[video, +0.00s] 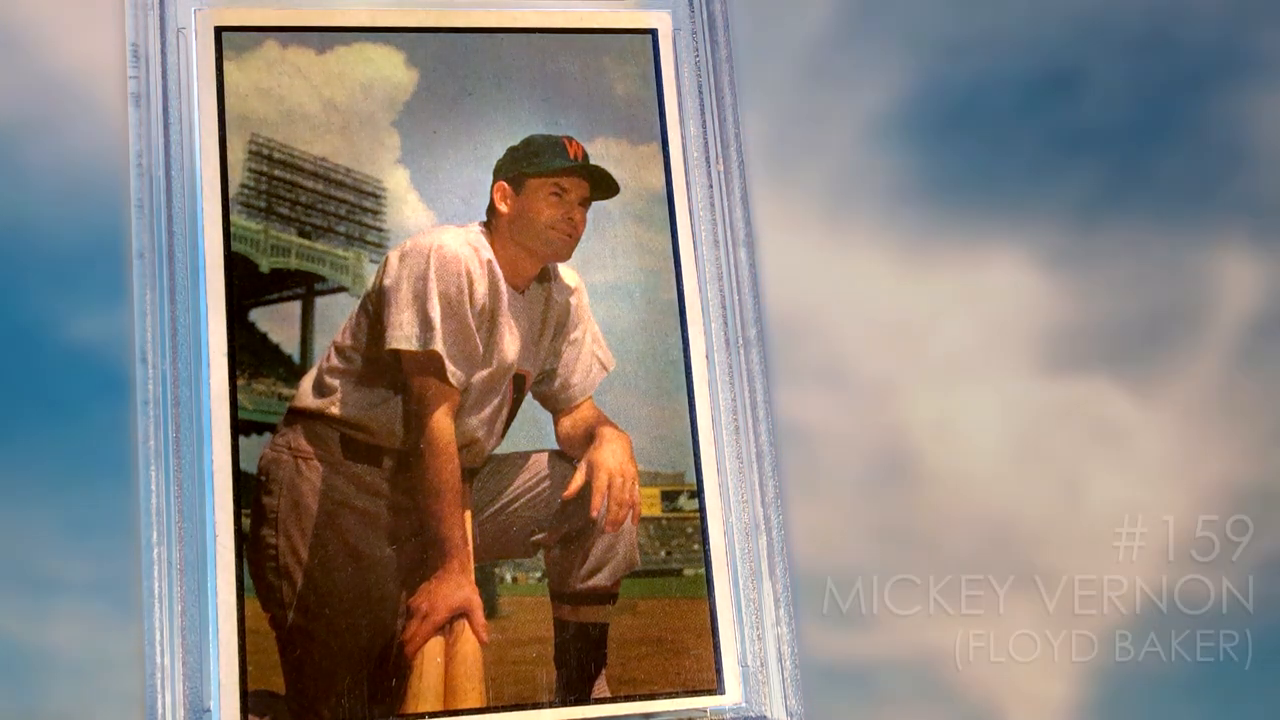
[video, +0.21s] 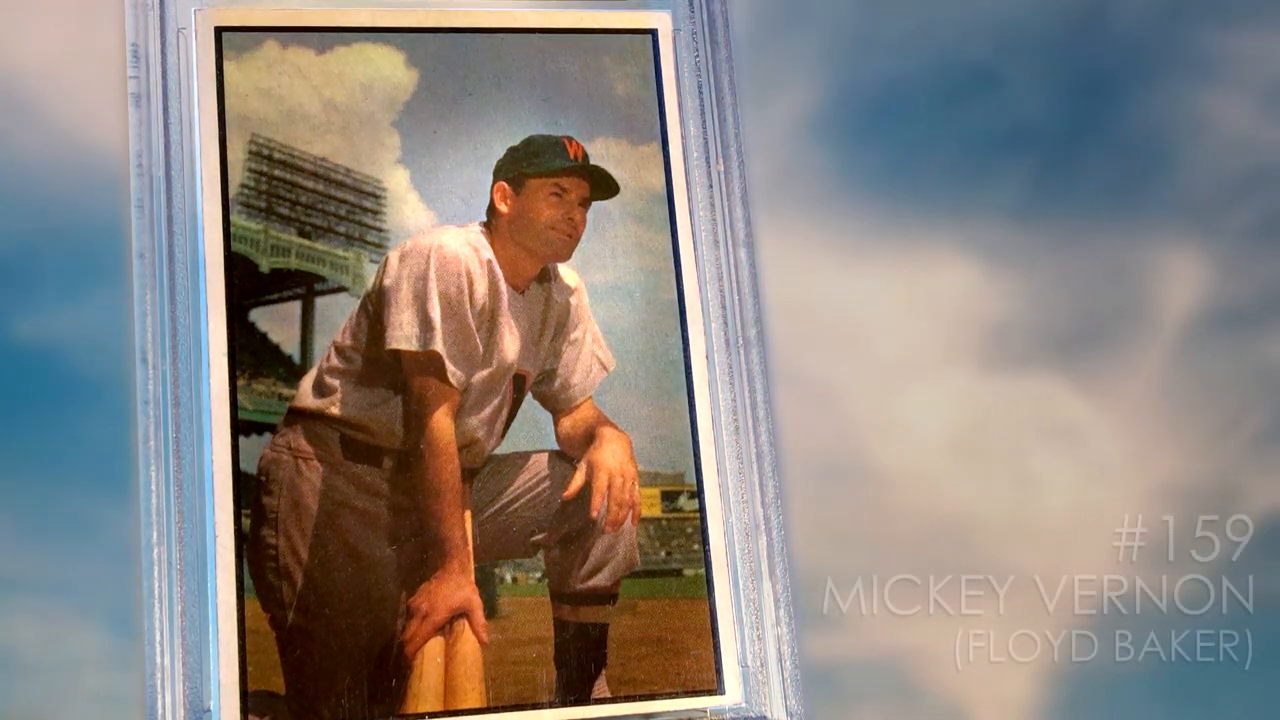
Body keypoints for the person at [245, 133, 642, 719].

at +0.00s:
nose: (576, 215)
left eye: (584, 203)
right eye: (557, 194)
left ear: (587, 217)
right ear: (504, 197)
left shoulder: (560, 295)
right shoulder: (442, 256)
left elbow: (575, 417)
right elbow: (432, 420)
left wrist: (609, 434)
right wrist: (454, 566)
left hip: (439, 485)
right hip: (334, 478)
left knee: (594, 488)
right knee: (347, 701)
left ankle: (580, 698)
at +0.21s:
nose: (575, 217)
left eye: (583, 204)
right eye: (557, 194)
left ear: (586, 218)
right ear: (504, 198)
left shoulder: (560, 295)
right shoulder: (441, 256)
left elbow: (574, 415)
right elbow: (433, 418)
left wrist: (609, 434)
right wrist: (454, 565)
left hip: (440, 486)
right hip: (335, 478)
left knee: (595, 487)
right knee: (346, 701)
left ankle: (580, 695)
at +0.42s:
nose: (577, 215)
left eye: (584, 204)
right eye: (558, 194)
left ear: (587, 217)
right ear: (505, 197)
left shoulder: (560, 294)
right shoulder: (443, 256)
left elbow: (575, 416)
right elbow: (432, 420)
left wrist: (609, 434)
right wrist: (454, 566)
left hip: (439, 485)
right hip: (334, 476)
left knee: (595, 487)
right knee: (348, 698)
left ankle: (581, 696)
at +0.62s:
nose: (576, 215)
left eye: (584, 203)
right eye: (558, 194)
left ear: (587, 217)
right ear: (505, 197)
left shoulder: (560, 295)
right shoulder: (442, 256)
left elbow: (575, 417)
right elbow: (432, 419)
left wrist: (609, 434)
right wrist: (454, 566)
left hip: (439, 485)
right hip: (334, 477)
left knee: (595, 487)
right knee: (348, 698)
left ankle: (581, 696)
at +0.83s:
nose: (576, 217)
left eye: (584, 204)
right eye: (557, 194)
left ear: (586, 218)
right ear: (504, 198)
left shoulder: (560, 294)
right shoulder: (441, 256)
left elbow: (575, 416)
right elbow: (433, 419)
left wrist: (609, 434)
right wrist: (454, 566)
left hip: (439, 486)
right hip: (334, 478)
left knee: (595, 487)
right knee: (347, 700)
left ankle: (580, 694)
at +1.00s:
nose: (576, 216)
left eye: (584, 204)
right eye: (557, 194)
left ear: (586, 218)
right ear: (504, 198)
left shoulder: (560, 294)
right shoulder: (441, 256)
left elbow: (574, 415)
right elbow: (433, 419)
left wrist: (609, 434)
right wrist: (454, 566)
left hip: (440, 486)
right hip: (334, 479)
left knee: (595, 487)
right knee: (347, 701)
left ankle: (580, 695)